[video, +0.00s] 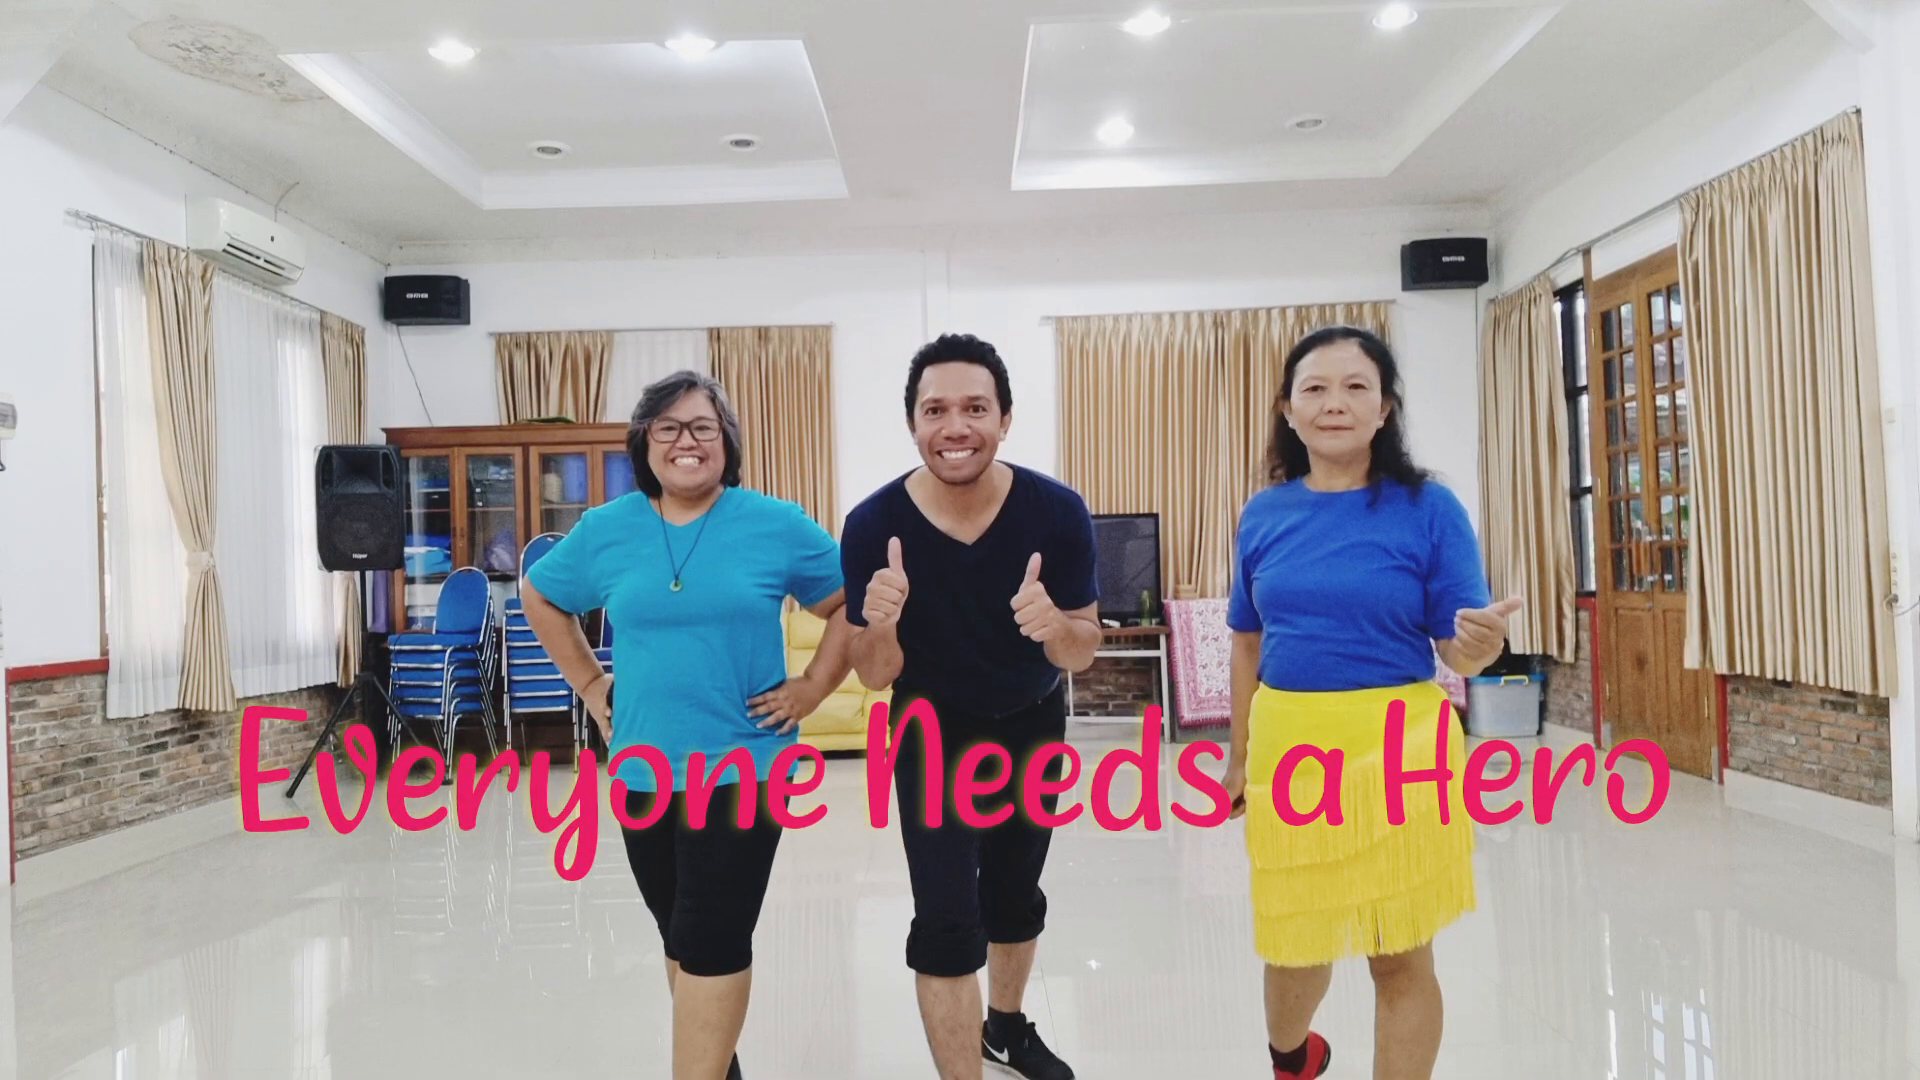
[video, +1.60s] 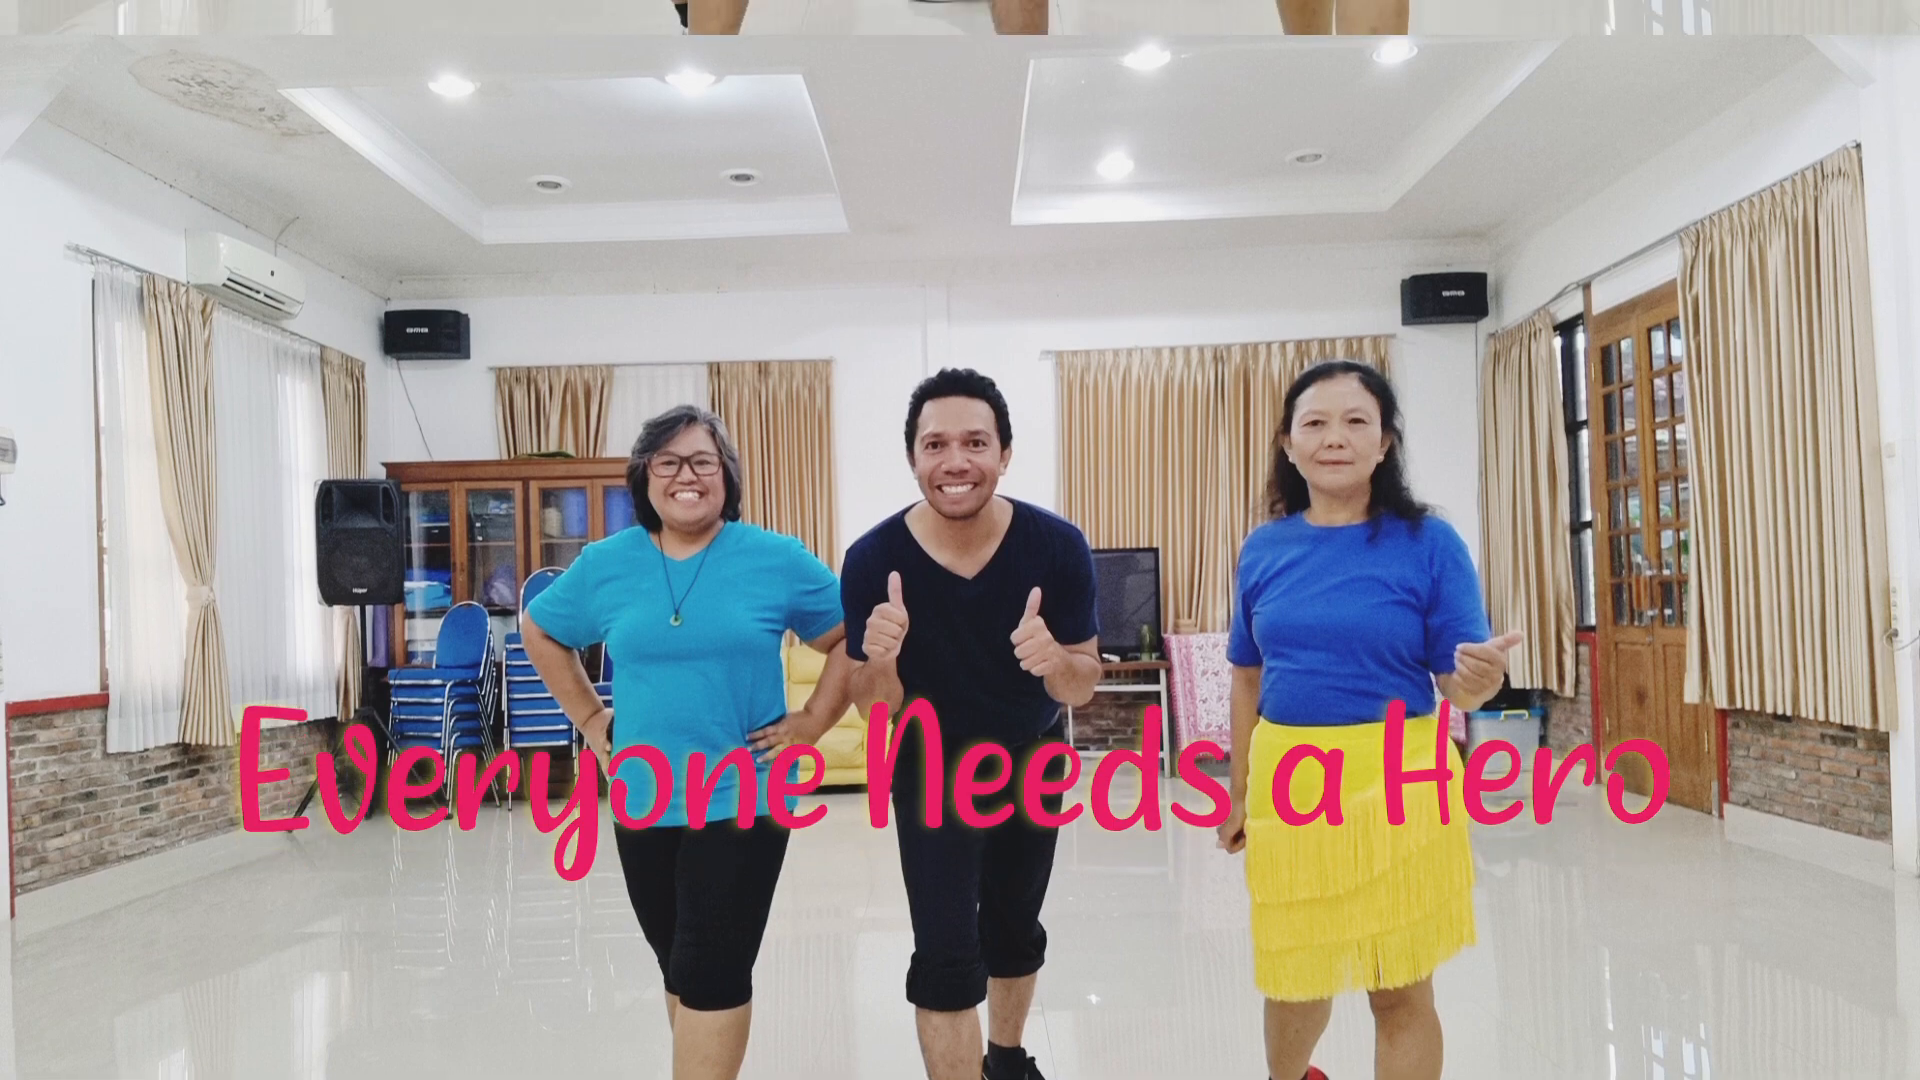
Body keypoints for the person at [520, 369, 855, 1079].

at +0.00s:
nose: (687, 441)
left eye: (703, 428)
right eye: (670, 429)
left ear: (727, 443)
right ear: (644, 446)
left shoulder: (778, 527)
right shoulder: (606, 530)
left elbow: (854, 606)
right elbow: (538, 594)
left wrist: (812, 686)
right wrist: (591, 683)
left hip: (746, 774)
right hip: (643, 776)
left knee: (708, 947)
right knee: (683, 946)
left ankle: (696, 1079)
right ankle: (722, 1070)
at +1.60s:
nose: (687, 476)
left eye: (703, 463)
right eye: (670, 464)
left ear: (727, 478)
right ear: (645, 482)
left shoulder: (778, 560)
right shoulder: (607, 564)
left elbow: (853, 642)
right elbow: (538, 630)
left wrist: (811, 721)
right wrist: (592, 718)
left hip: (743, 811)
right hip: (643, 813)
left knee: (706, 982)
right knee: (685, 982)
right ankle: (706, 1076)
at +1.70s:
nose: (688, 556)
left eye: (703, 543)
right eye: (670, 544)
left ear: (727, 557)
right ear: (645, 561)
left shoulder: (778, 642)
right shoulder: (606, 646)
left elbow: (850, 719)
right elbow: (539, 706)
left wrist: (813, 804)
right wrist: (589, 795)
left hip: (745, 890)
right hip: (642, 895)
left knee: (703, 1061)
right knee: (688, 1062)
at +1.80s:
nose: (687, 716)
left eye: (703, 704)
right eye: (669, 704)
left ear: (727, 716)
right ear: (645, 716)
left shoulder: (769, 801)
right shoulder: (614, 803)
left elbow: (853, 875)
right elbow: (539, 869)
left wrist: (815, 960)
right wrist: (592, 961)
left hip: (748, 1044)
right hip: (644, 1046)